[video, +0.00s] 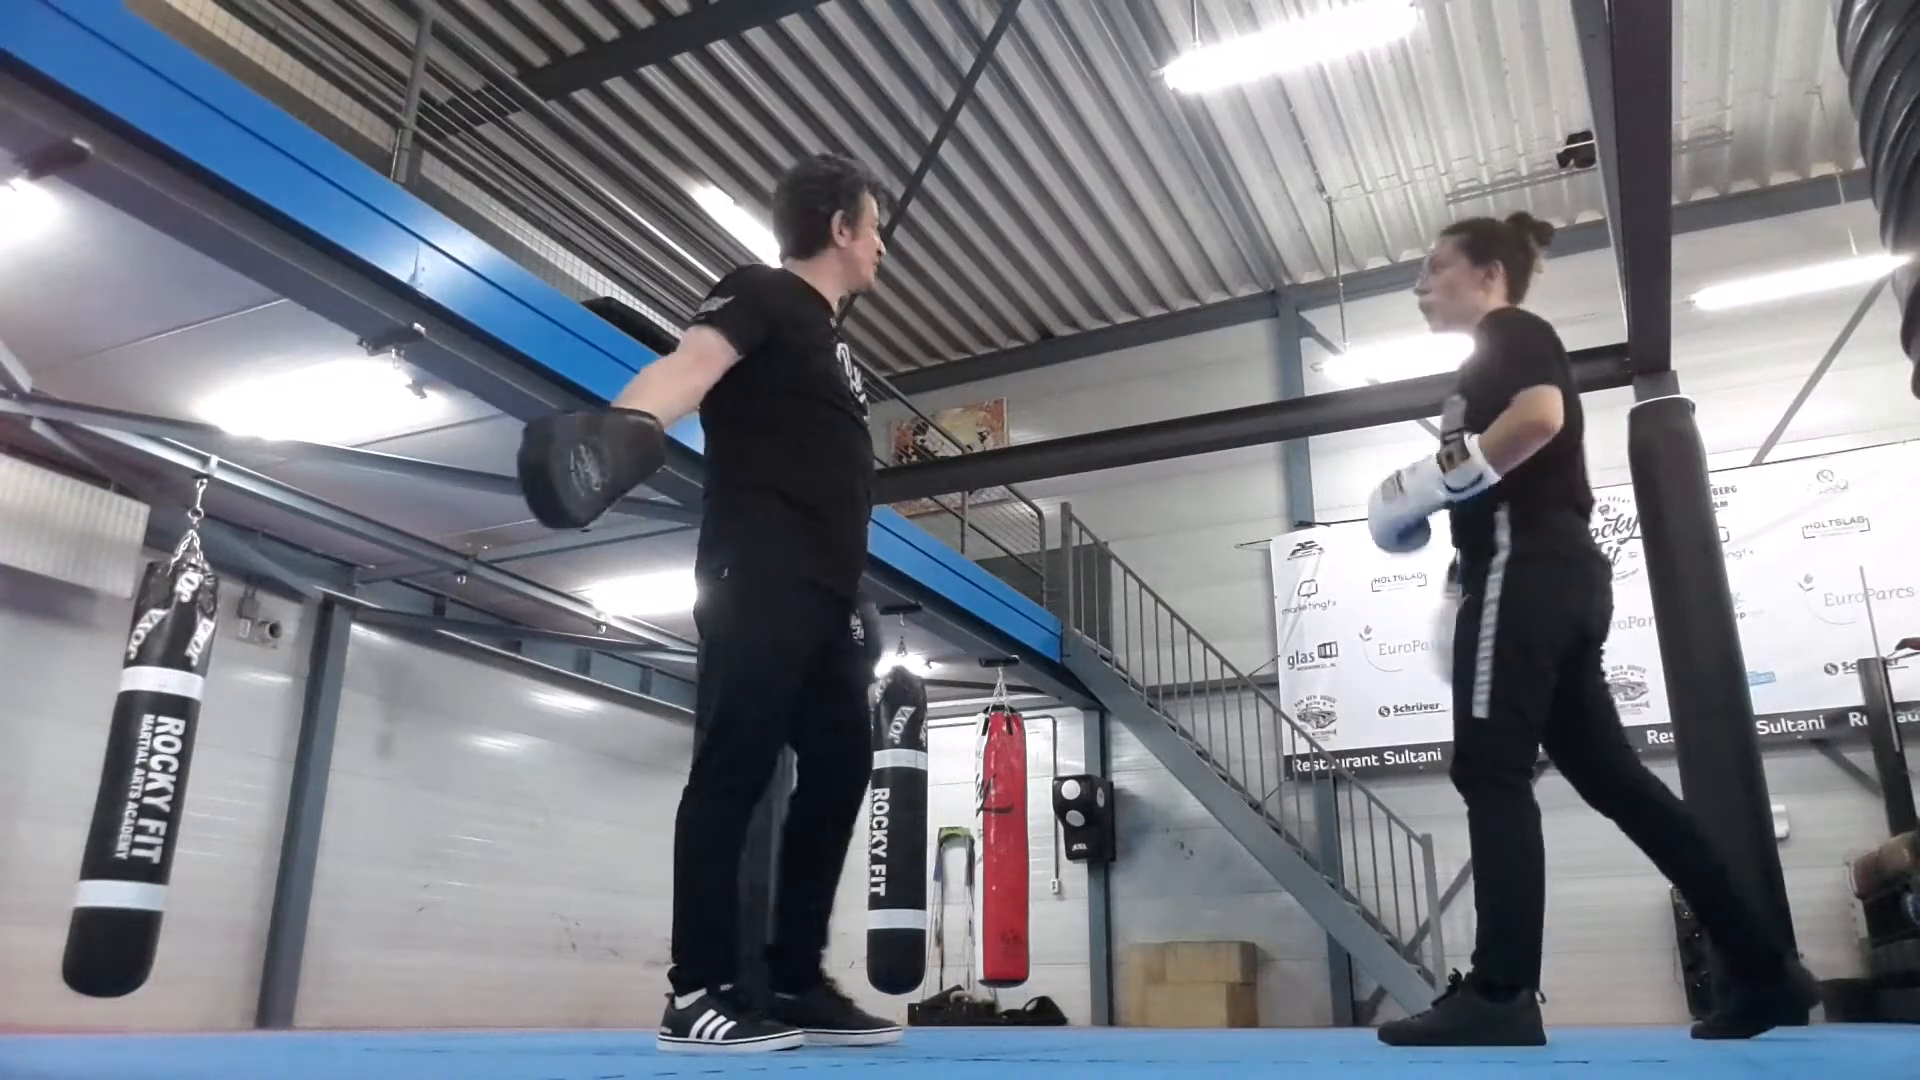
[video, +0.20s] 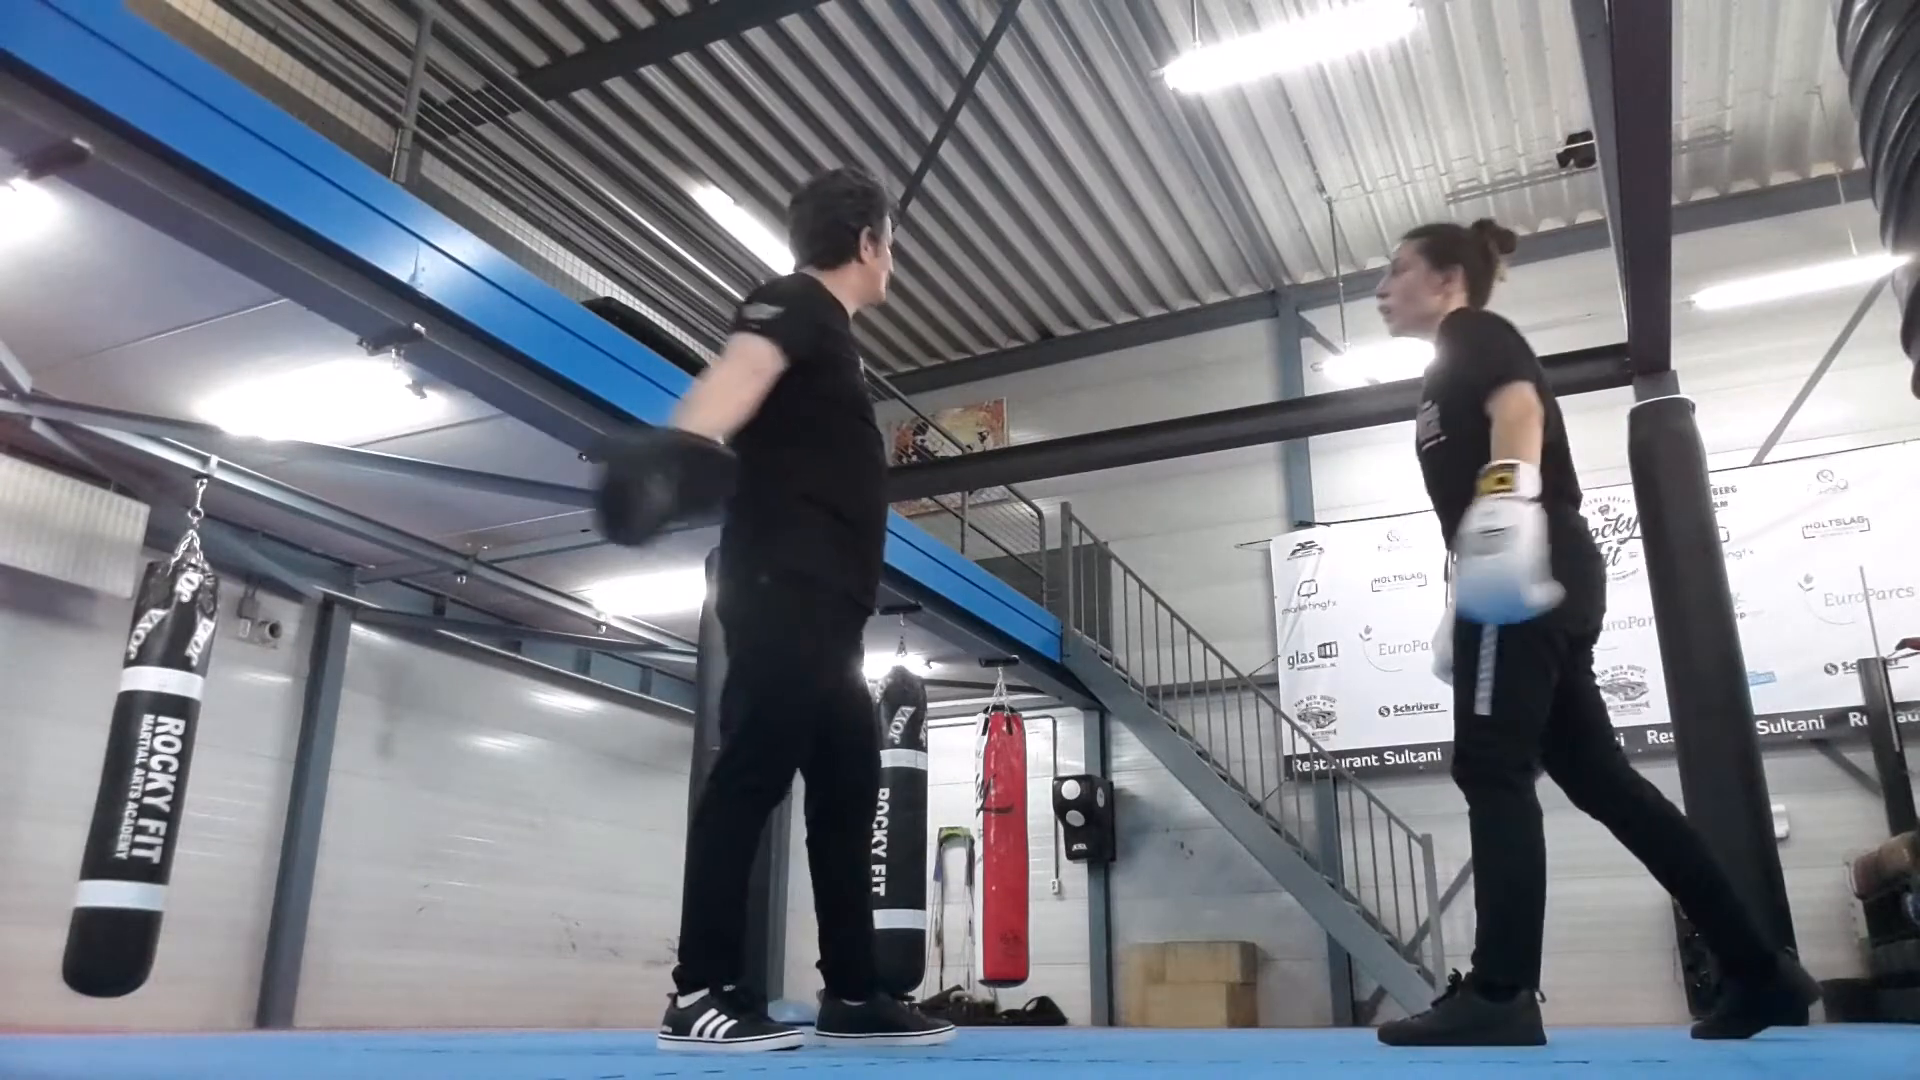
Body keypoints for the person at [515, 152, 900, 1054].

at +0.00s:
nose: (882, 246)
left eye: (882, 230)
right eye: (876, 228)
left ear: (832, 230)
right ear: (841, 226)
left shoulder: (828, 338)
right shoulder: (770, 293)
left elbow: (818, 475)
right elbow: (689, 368)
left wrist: (852, 592)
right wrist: (608, 443)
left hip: (820, 586)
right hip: (759, 571)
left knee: (840, 762)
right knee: (736, 763)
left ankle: (793, 982)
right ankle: (701, 992)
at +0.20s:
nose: (892, 265)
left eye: (891, 248)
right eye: (890, 246)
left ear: (821, 239)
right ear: (866, 242)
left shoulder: (830, 335)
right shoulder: (796, 305)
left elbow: (804, 464)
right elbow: (734, 379)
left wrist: (855, 579)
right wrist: (675, 456)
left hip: (818, 597)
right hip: (777, 590)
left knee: (847, 777)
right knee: (753, 771)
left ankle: (854, 992)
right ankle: (701, 994)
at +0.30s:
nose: (892, 269)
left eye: (889, 253)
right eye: (891, 253)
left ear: (812, 251)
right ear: (873, 251)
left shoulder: (817, 327)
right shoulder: (823, 317)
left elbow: (805, 449)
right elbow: (791, 431)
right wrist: (756, 523)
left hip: (818, 599)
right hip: (797, 594)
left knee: (849, 778)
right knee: (767, 774)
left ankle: (854, 994)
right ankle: (703, 996)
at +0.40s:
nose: (884, 266)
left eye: (879, 255)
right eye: (881, 254)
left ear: (794, 263)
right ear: (869, 255)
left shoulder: (774, 345)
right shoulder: (851, 319)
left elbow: (783, 478)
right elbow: (893, 451)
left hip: (793, 590)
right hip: (822, 591)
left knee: (845, 785)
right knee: (771, 777)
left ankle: (854, 996)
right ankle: (704, 996)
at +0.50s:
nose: (877, 268)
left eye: (868, 257)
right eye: (875, 254)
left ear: (786, 268)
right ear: (864, 255)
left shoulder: (761, 354)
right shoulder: (863, 315)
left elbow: (806, 458)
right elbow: (977, 421)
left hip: (801, 587)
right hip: (836, 585)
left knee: (847, 787)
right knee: (774, 775)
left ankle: (853, 998)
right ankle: (705, 996)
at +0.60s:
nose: (880, 266)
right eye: (876, 251)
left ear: (797, 269)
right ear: (874, 255)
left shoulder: (768, 361)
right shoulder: (886, 316)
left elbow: (774, 492)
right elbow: (1003, 364)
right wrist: (1075, 365)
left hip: (800, 588)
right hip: (853, 584)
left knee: (844, 789)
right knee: (787, 774)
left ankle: (854, 996)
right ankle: (708, 987)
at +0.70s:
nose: (897, 268)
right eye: (893, 255)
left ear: (817, 272)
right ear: (894, 260)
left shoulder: (779, 369)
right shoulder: (910, 311)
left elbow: (769, 497)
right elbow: (999, 310)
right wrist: (1009, 257)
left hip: (800, 584)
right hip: (874, 576)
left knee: (846, 785)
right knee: (807, 766)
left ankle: (854, 995)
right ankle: (711, 978)